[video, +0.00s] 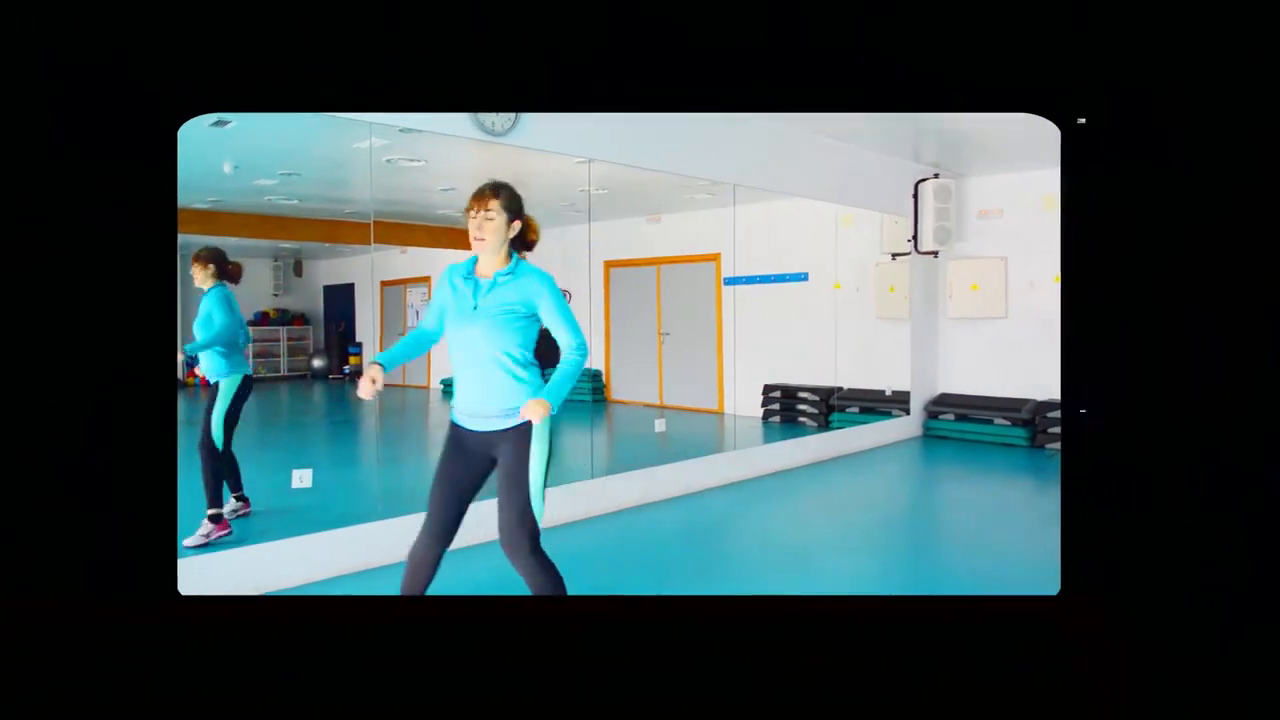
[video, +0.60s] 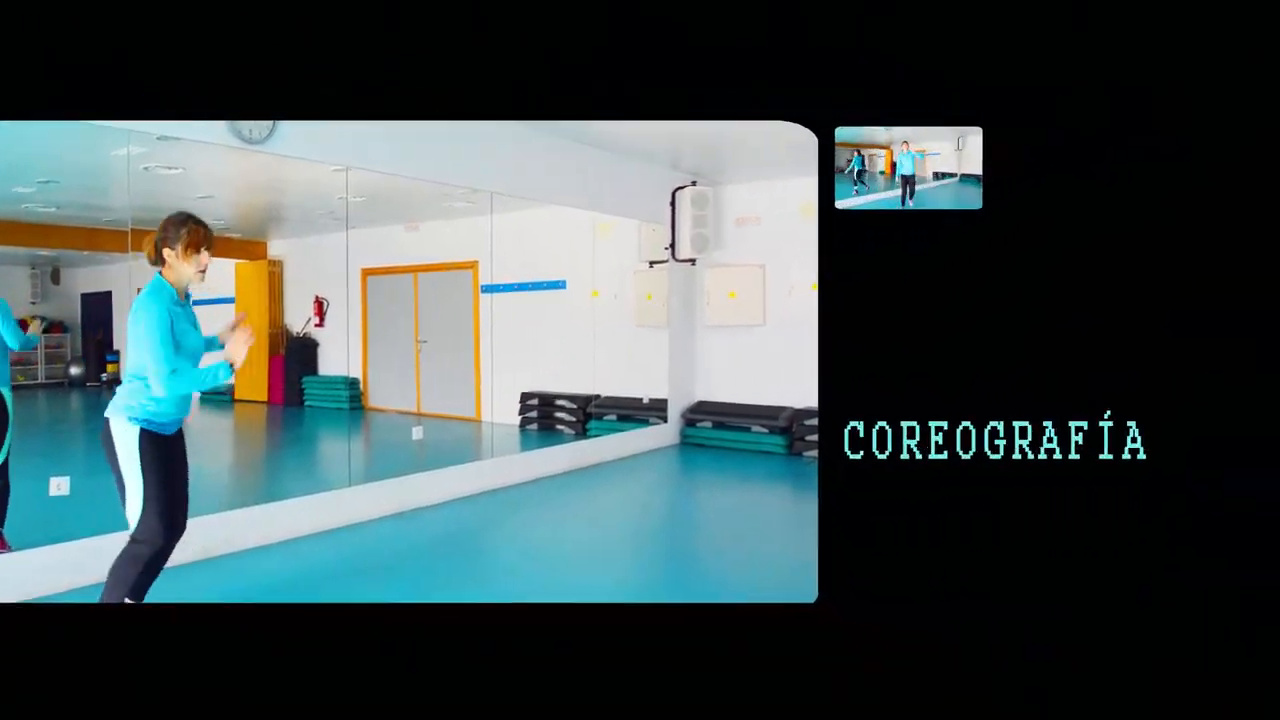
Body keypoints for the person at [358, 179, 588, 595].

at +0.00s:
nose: (476, 224)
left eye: (488, 216)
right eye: (472, 215)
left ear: (514, 227)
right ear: (467, 222)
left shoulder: (535, 284)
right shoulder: (453, 279)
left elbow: (575, 349)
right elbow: (426, 332)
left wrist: (548, 398)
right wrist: (381, 364)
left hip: (520, 429)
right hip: (465, 429)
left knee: (518, 542)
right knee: (433, 534)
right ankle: (407, 598)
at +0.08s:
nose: (460, 228)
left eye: (469, 221)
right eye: (452, 220)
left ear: (480, 233)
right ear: (436, 228)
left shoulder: (497, 290)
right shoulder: (402, 280)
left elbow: (531, 344)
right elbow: (360, 319)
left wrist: (526, 384)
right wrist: (331, 357)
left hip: (473, 428)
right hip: (414, 428)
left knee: (482, 537)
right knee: (395, 539)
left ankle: (524, 595)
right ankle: (382, 598)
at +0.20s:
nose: (425, 221)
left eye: (427, 212)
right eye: (414, 211)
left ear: (427, 218)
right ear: (384, 217)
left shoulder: (433, 277)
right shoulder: (342, 267)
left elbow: (447, 315)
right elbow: (276, 293)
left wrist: (447, 354)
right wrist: (295, 346)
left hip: (409, 416)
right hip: (349, 417)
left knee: (420, 526)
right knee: (345, 528)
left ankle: (427, 595)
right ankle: (333, 597)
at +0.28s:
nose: (389, 219)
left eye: (389, 210)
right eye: (379, 210)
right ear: (347, 215)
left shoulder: (386, 267)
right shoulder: (308, 260)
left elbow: (371, 313)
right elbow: (235, 286)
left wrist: (382, 344)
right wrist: (274, 336)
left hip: (367, 409)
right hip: (310, 409)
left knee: (371, 520)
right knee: (301, 518)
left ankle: (351, 591)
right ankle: (280, 595)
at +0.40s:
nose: (326, 236)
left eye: (325, 228)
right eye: (317, 229)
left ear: (298, 234)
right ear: (286, 233)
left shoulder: (308, 279)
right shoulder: (250, 280)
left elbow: (292, 333)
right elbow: (182, 319)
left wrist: (306, 366)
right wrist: (236, 364)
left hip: (294, 420)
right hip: (246, 419)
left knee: (296, 527)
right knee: (246, 532)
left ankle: (251, 591)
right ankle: (207, 597)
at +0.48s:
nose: (278, 257)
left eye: (279, 248)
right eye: (268, 248)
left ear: (249, 254)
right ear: (240, 254)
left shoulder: (252, 303)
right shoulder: (214, 303)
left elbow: (225, 366)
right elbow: (160, 364)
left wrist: (267, 388)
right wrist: (225, 400)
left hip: (235, 435)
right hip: (199, 433)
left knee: (248, 538)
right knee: (224, 540)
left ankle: (192, 597)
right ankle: (178, 600)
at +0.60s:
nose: (206, 260)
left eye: (207, 251)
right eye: (196, 251)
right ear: (169, 254)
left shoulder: (180, 300)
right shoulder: (153, 303)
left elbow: (186, 352)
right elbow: (165, 383)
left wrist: (221, 342)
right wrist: (228, 364)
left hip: (166, 425)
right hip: (134, 427)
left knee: (173, 526)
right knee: (151, 530)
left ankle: (131, 599)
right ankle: (110, 601)